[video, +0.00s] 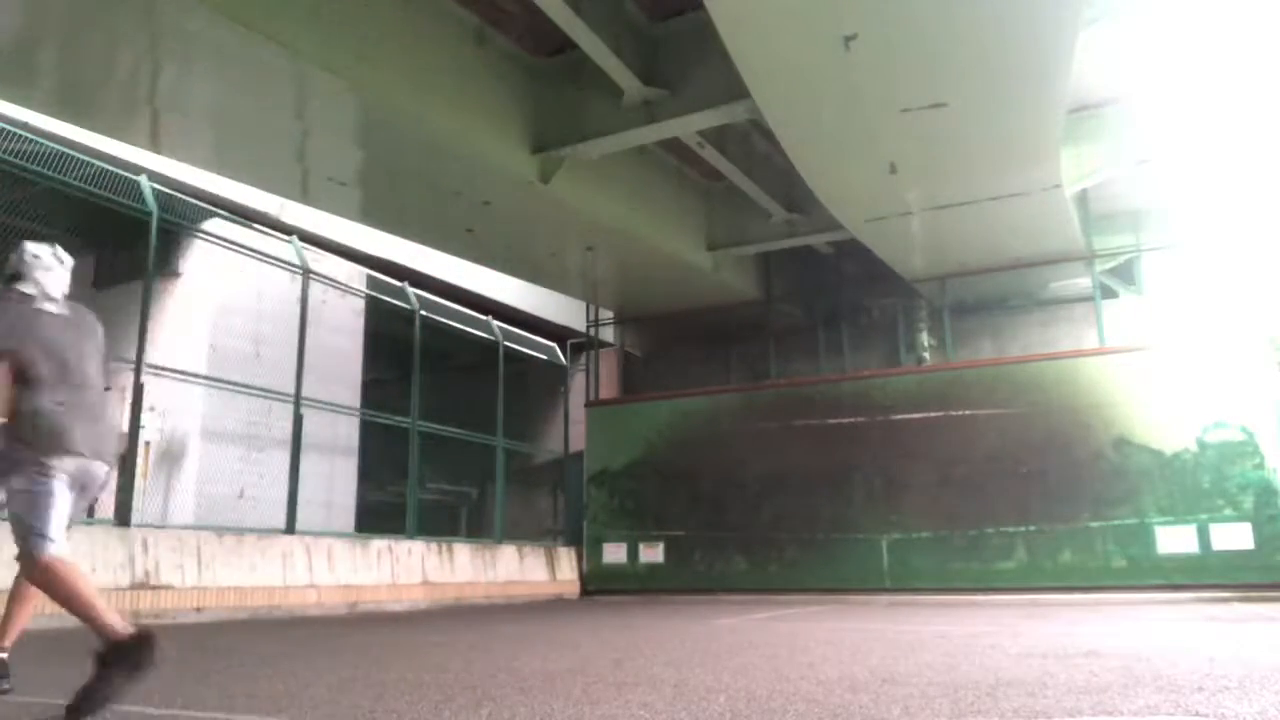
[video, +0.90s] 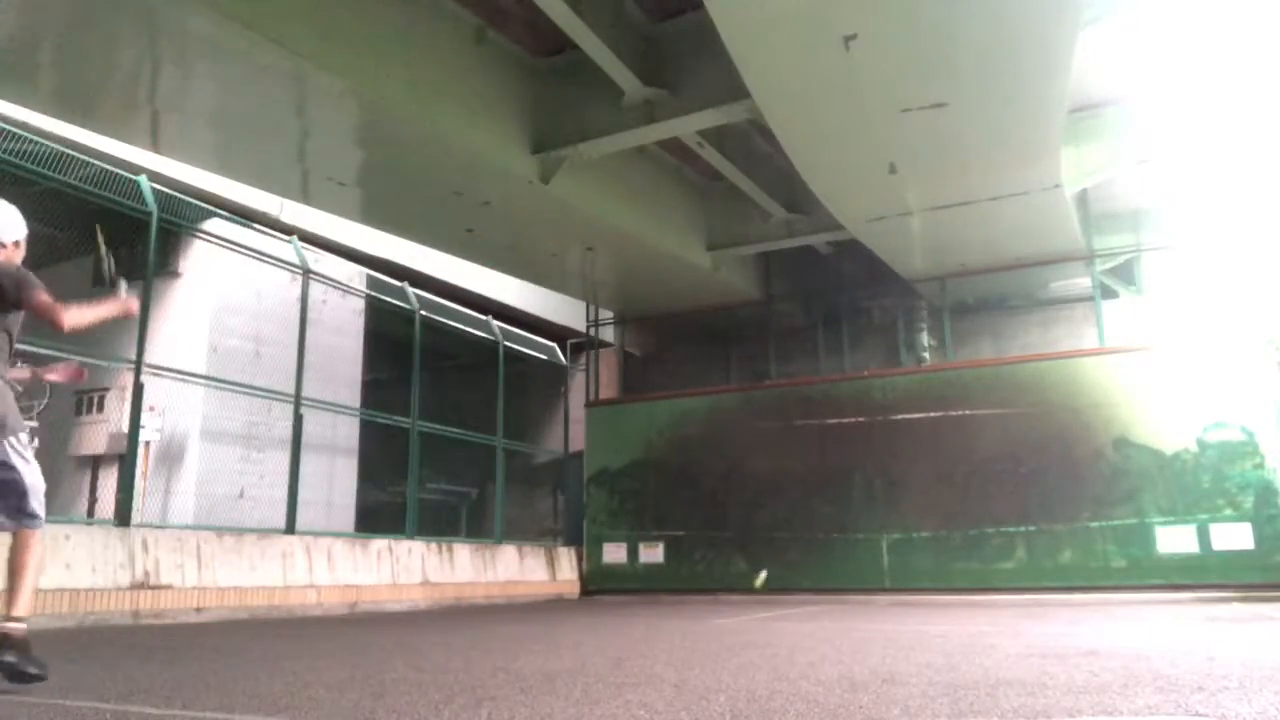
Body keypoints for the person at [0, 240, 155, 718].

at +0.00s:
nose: (12, 282)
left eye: (16, 275)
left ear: (18, 278)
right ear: (63, 281)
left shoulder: (10, 313)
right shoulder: (89, 322)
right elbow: (97, 387)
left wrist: (6, 433)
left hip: (42, 447)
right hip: (97, 453)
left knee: (39, 555)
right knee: (35, 559)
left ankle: (119, 639)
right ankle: (1, 654)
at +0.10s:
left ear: (5, 260)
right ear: (47, 262)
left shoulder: (3, 297)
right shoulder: (74, 296)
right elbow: (134, 339)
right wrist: (149, 351)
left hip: (20, 425)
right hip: (80, 430)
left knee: (24, 544)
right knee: (42, 550)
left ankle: (78, 612)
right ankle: (3, 654)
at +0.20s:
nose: (15, 252)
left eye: (11, 243)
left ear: (6, 247)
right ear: (41, 244)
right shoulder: (69, 278)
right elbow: (135, 271)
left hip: (10, 420)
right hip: (61, 421)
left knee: (6, 530)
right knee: (39, 537)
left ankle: (22, 623)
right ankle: (15, 631)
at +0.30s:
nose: (37, 236)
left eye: (27, 231)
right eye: (35, 230)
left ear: (4, 238)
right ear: (33, 236)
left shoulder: (14, 267)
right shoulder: (58, 260)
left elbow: (126, 220)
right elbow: (127, 221)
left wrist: (169, 176)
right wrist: (175, 170)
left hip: (9, 414)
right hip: (42, 414)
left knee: (13, 539)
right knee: (26, 541)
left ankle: (4, 649)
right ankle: (1, 649)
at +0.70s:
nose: (13, 250)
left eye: (11, 242)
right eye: (9, 242)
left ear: (9, 242)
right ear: (4, 242)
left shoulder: (10, 269)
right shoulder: (6, 269)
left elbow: (56, 275)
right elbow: (56, 274)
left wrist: (112, 223)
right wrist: (114, 222)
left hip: (9, 422)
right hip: (4, 423)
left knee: (14, 528)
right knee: (13, 529)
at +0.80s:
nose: (14, 247)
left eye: (12, 240)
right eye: (10, 240)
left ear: (6, 242)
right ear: (4, 240)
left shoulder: (11, 279)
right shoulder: (6, 271)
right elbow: (56, 293)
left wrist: (27, 389)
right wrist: (118, 260)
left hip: (14, 427)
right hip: (9, 428)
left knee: (19, 526)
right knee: (20, 525)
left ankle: (3, 647)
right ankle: (2, 645)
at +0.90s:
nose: (21, 253)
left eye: (21, 245)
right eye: (19, 245)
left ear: (1, 245)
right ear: (7, 244)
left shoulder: (7, 284)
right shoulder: (11, 276)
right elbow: (62, 318)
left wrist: (42, 373)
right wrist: (118, 304)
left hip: (7, 421)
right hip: (5, 424)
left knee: (28, 520)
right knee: (29, 519)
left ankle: (12, 632)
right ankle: (13, 630)